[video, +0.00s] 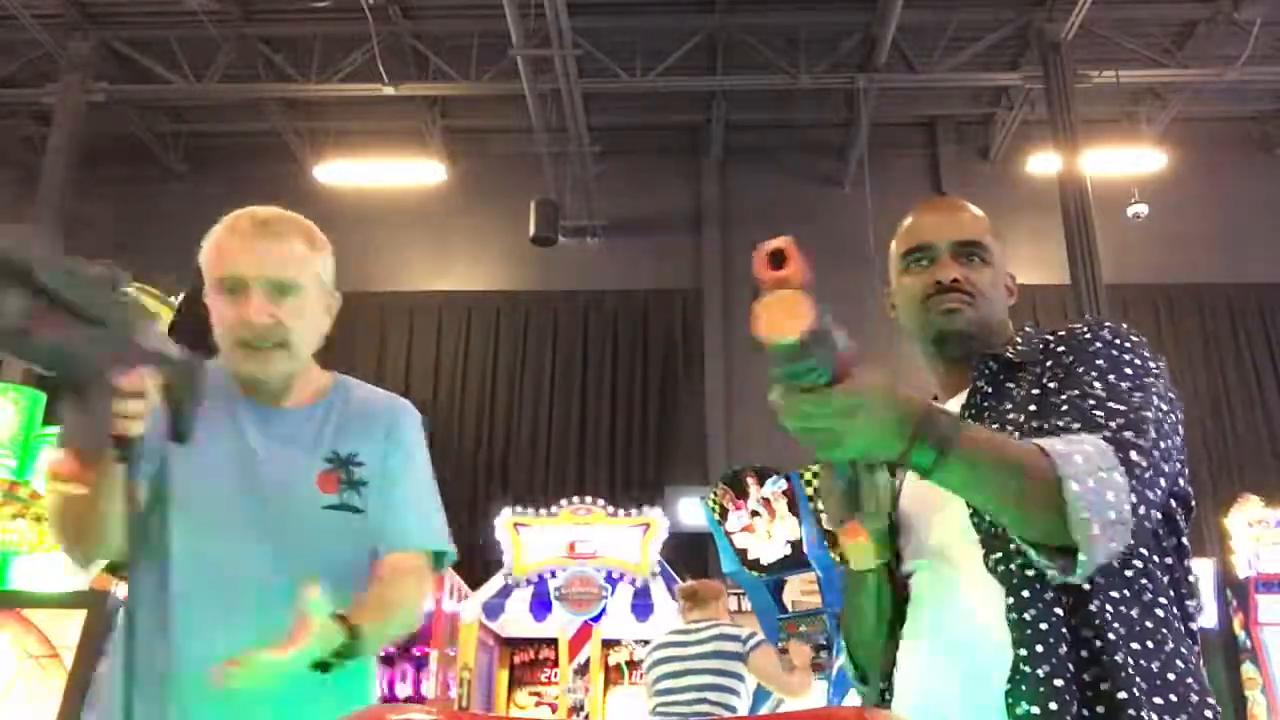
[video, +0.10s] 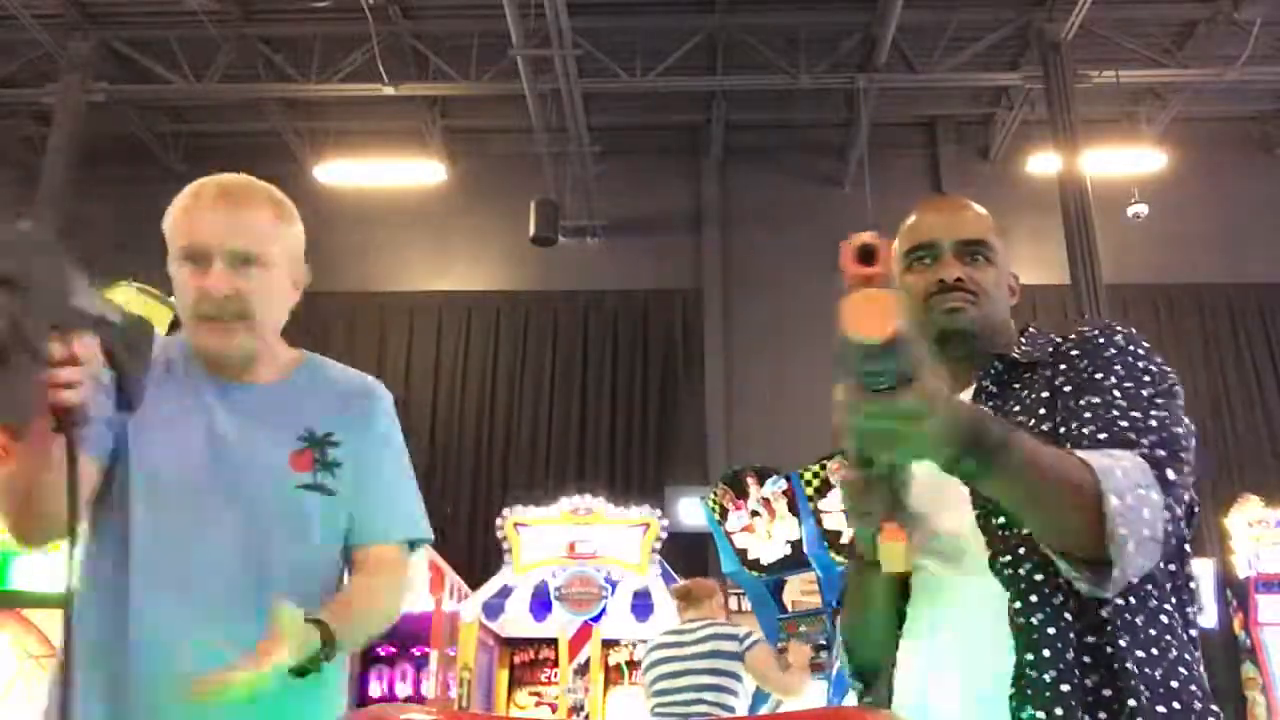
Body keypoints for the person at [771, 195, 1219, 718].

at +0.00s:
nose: (947, 271)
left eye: (971, 256)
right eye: (919, 261)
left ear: (1009, 286)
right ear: (892, 302)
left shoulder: (1099, 352)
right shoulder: (900, 434)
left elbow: (1098, 515)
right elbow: (879, 669)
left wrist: (919, 434)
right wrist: (856, 515)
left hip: (1098, 701)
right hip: (938, 705)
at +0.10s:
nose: (949, 273)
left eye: (974, 255)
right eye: (923, 259)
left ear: (1012, 287)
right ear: (898, 296)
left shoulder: (1103, 358)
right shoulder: (901, 423)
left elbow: (1131, 531)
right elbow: (870, 666)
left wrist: (963, 437)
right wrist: (871, 535)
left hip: (1126, 696)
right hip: (946, 703)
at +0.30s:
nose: (965, 267)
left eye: (990, 250)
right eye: (937, 251)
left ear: (1026, 282)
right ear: (906, 292)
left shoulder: (1117, 358)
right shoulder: (901, 421)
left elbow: (1131, 537)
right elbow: (872, 663)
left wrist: (976, 451)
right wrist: (880, 536)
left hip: (1118, 699)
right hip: (944, 706)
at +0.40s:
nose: (965, 265)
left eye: (990, 248)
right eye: (938, 251)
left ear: (1025, 280)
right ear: (906, 288)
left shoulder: (1111, 351)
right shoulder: (912, 445)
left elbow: (1152, 548)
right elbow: (890, 669)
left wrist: (971, 522)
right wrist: (863, 556)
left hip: (1112, 705)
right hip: (949, 708)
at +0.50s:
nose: (948, 271)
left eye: (972, 248)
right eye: (919, 261)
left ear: (1011, 279)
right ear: (896, 297)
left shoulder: (1112, 350)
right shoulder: (893, 440)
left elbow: (1227, 551)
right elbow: (878, 654)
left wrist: (1038, 539)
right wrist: (885, 539)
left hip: (1114, 701)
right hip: (942, 708)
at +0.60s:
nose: (948, 270)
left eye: (973, 253)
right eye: (919, 257)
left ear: (1007, 279)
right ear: (890, 296)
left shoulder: (1128, 373)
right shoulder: (883, 466)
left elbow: (1264, 522)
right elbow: (866, 650)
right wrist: (913, 525)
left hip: (1149, 704)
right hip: (962, 706)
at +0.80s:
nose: (953, 282)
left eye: (973, 259)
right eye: (928, 263)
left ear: (1007, 284)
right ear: (896, 294)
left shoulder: (1129, 397)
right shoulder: (856, 471)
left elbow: (1262, 579)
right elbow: (855, 660)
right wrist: (883, 538)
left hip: (1147, 705)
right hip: (950, 710)